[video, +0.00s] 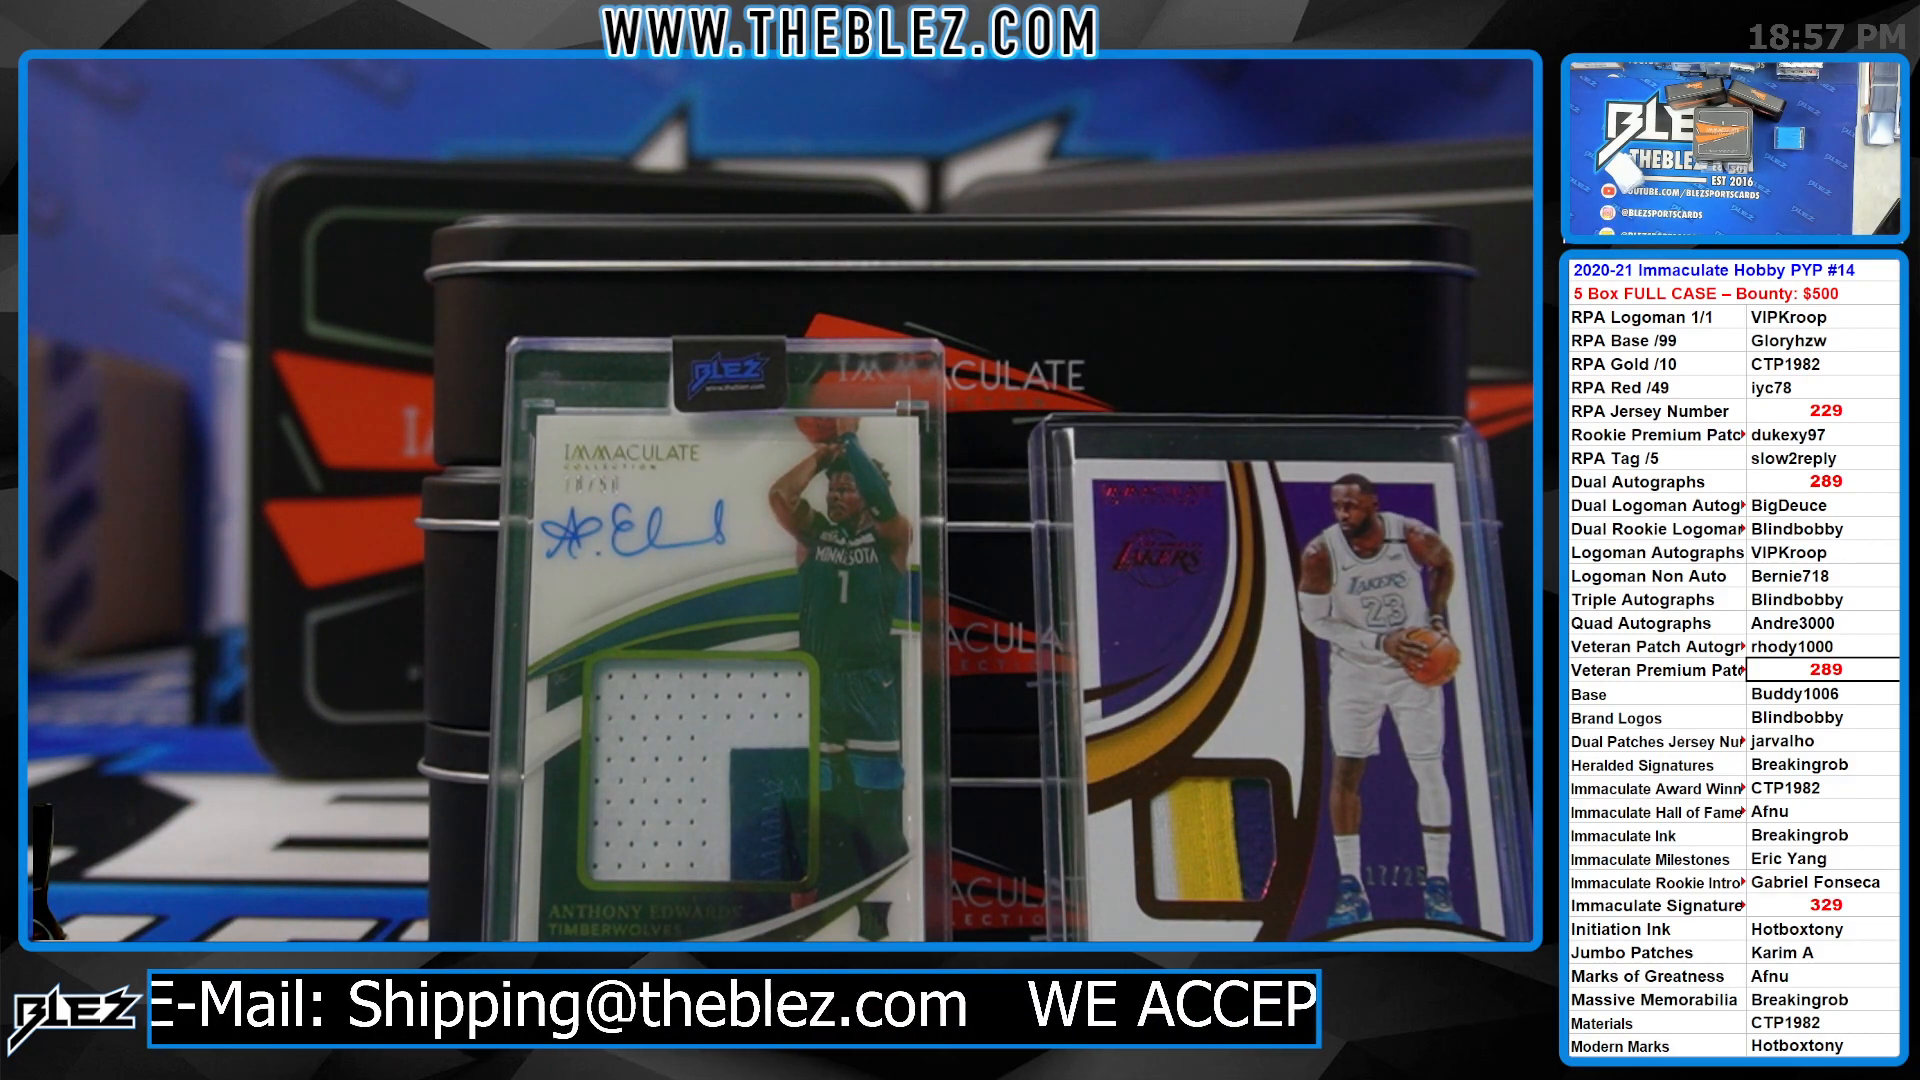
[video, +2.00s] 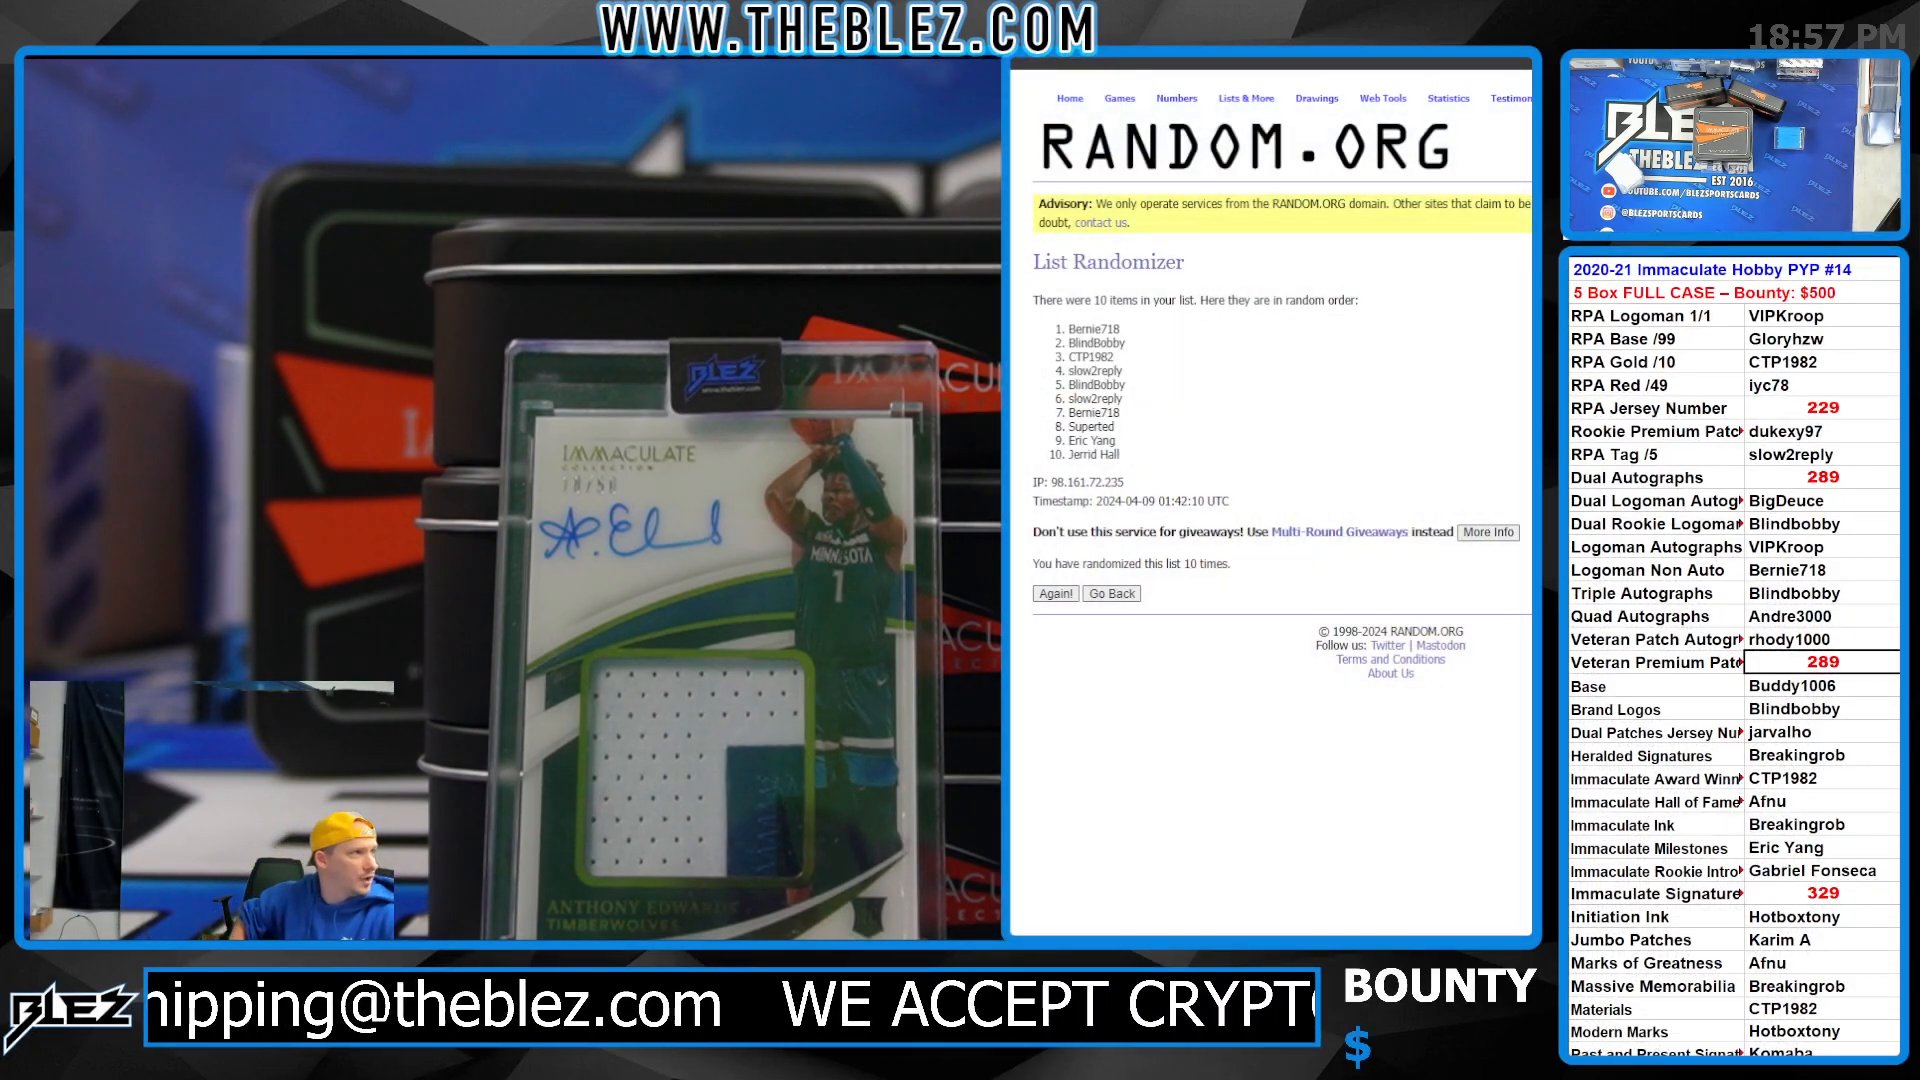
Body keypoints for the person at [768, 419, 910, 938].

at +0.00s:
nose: (841, 494)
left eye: (850, 487)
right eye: (835, 486)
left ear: (869, 494)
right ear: (827, 493)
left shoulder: (890, 539)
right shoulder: (815, 533)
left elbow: (883, 500)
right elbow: (780, 495)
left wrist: (850, 445)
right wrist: (819, 458)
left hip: (872, 678)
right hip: (817, 677)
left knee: (877, 799)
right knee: (824, 795)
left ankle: (878, 903)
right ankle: (824, 894)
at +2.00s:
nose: (835, 496)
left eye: (844, 489)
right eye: (830, 489)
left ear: (863, 495)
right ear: (822, 496)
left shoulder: (884, 539)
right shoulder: (810, 532)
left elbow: (875, 497)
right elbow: (776, 496)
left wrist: (844, 445)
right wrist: (815, 459)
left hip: (865, 678)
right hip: (813, 677)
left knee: (873, 794)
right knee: (818, 793)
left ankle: (871, 893)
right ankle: (818, 886)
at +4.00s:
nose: (835, 497)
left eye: (844, 490)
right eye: (830, 490)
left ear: (862, 495)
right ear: (822, 495)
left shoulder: (883, 539)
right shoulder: (810, 532)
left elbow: (876, 497)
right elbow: (776, 496)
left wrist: (844, 445)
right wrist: (814, 460)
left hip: (866, 677)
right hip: (813, 676)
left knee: (872, 795)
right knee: (819, 793)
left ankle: (871, 897)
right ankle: (821, 889)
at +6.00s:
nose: (841, 494)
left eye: (850, 488)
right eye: (835, 487)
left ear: (868, 494)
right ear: (826, 493)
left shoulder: (890, 539)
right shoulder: (815, 533)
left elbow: (885, 505)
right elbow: (780, 495)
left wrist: (851, 448)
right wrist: (819, 458)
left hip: (872, 677)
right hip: (819, 676)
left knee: (878, 798)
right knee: (827, 795)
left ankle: (877, 902)